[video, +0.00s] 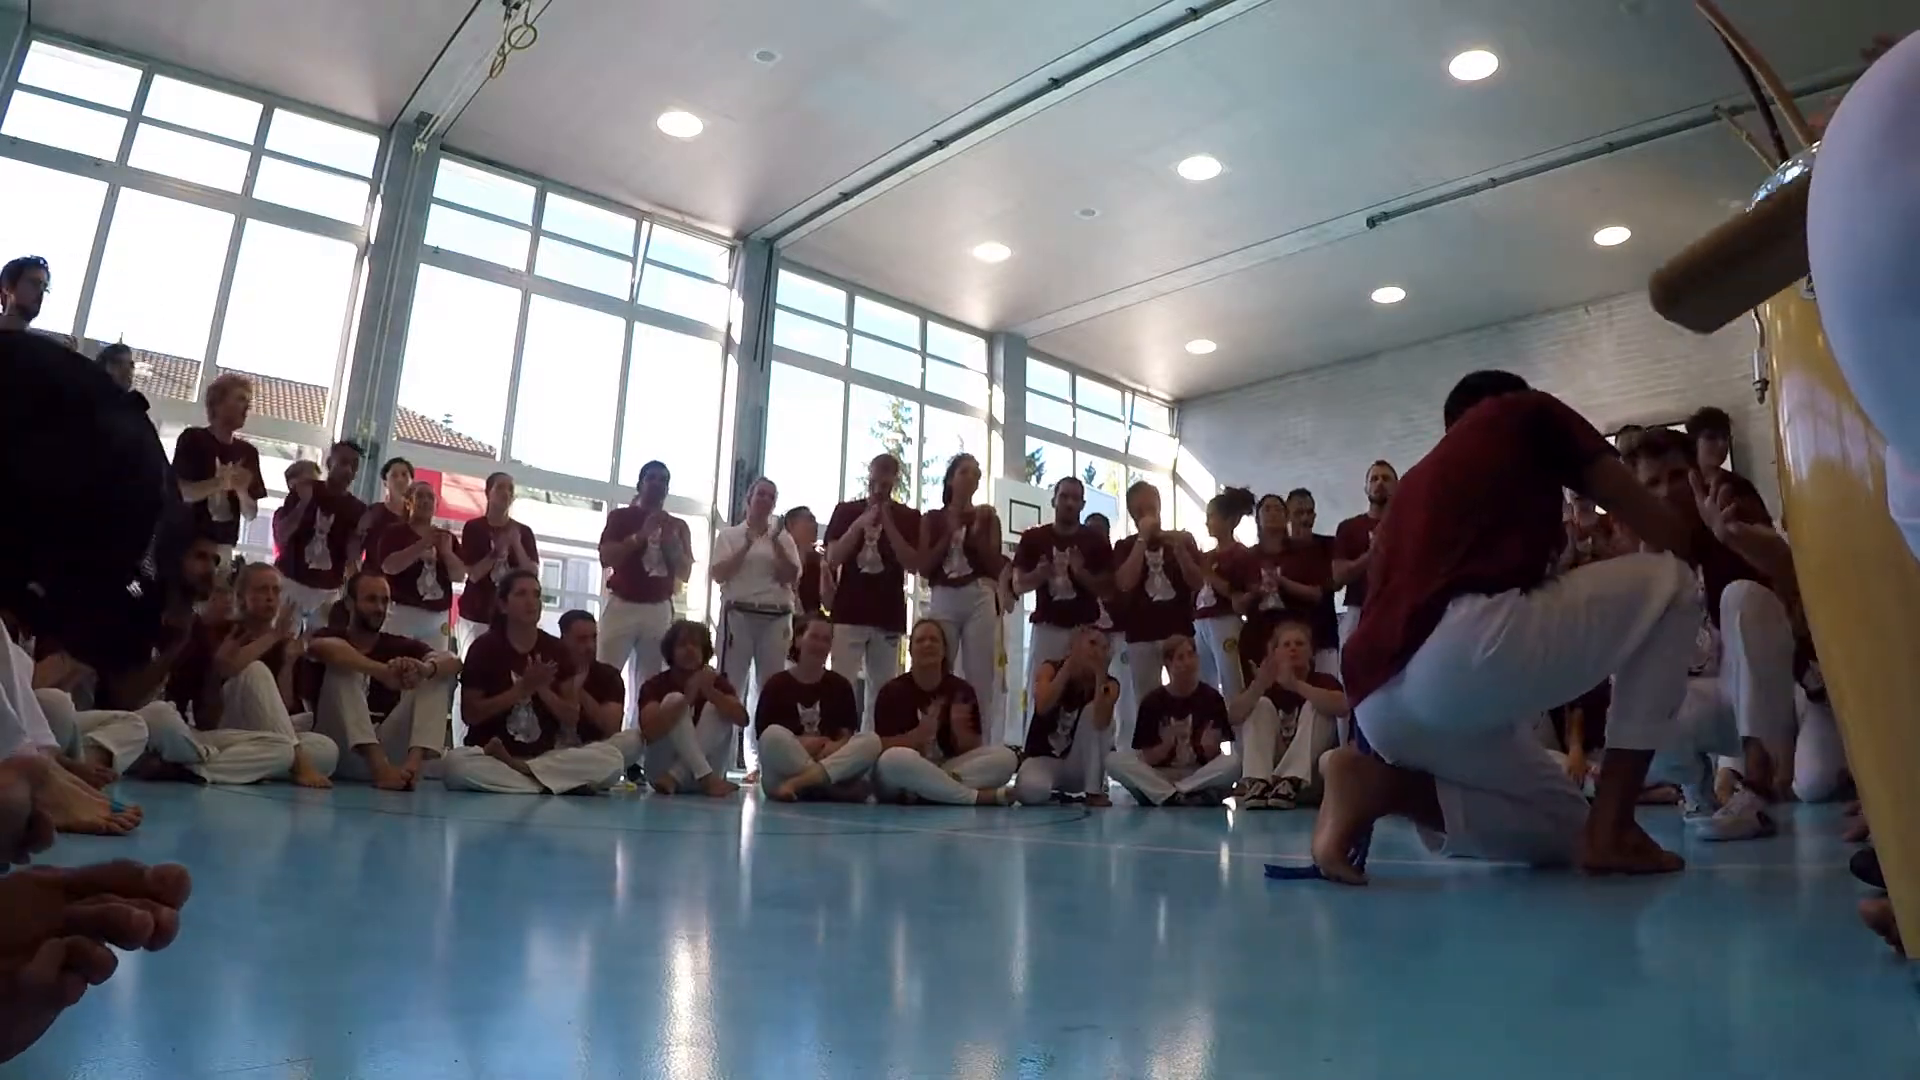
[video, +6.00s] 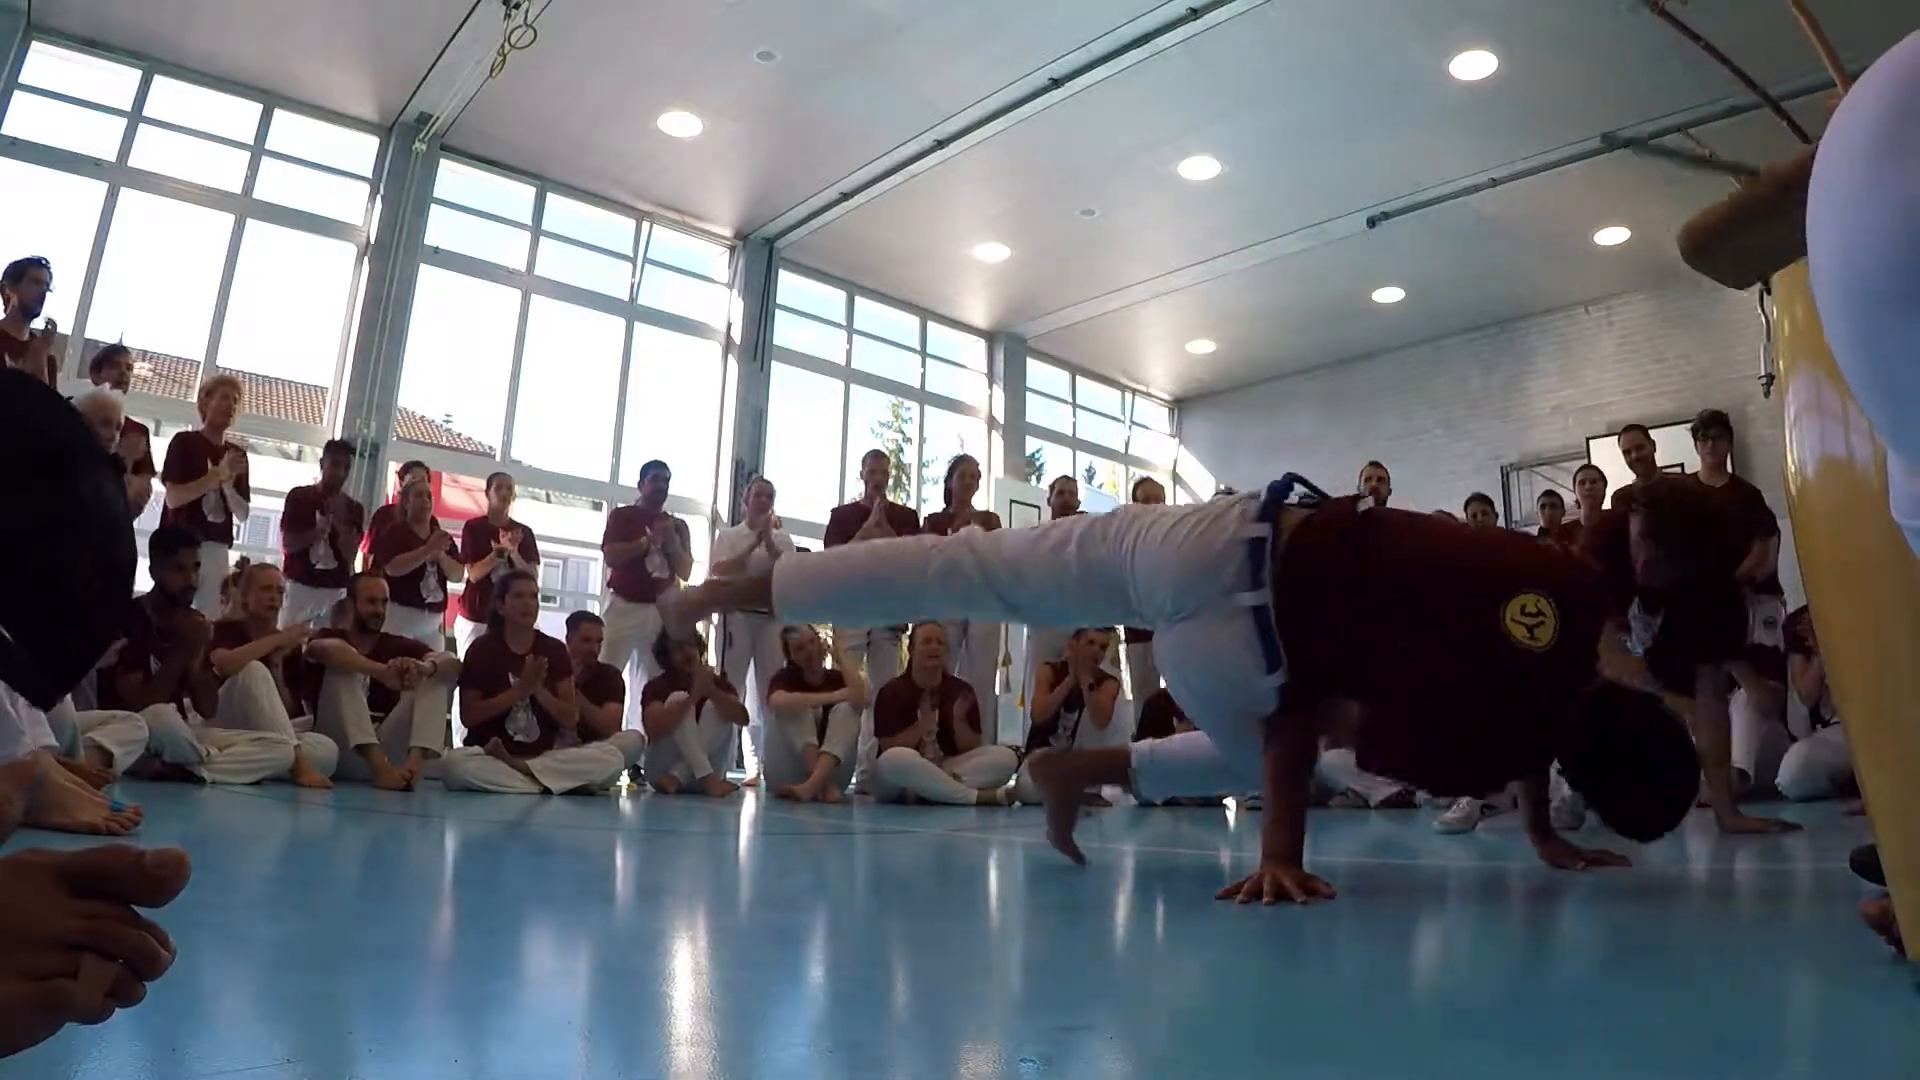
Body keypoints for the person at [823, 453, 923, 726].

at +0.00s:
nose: (881, 486)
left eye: (887, 480)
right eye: (876, 479)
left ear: (896, 480)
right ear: (868, 476)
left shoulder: (909, 516)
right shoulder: (846, 511)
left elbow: (913, 563)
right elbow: (834, 557)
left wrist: (887, 523)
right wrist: (859, 525)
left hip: (888, 618)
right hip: (849, 616)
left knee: (885, 695)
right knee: (841, 690)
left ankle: (881, 757)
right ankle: (838, 753)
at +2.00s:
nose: (861, 474)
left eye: (867, 469)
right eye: (856, 468)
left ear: (873, 474)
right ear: (845, 471)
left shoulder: (888, 512)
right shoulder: (823, 515)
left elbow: (904, 558)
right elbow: (823, 562)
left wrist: (890, 521)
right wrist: (846, 512)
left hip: (880, 620)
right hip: (841, 620)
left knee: (883, 701)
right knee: (837, 700)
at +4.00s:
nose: (875, 477)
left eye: (880, 471)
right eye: (870, 470)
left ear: (886, 475)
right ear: (858, 471)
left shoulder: (898, 512)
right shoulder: (835, 511)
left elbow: (905, 559)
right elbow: (832, 560)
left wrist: (884, 528)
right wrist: (854, 526)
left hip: (884, 618)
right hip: (846, 616)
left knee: (881, 699)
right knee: (844, 696)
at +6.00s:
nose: (877, 478)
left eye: (882, 472)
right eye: (872, 472)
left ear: (890, 474)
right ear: (862, 474)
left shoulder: (906, 517)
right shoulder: (843, 514)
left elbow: (913, 563)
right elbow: (831, 563)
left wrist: (885, 533)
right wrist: (863, 533)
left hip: (890, 609)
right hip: (848, 609)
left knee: (887, 694)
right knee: (849, 692)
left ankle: (878, 772)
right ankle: (841, 769)